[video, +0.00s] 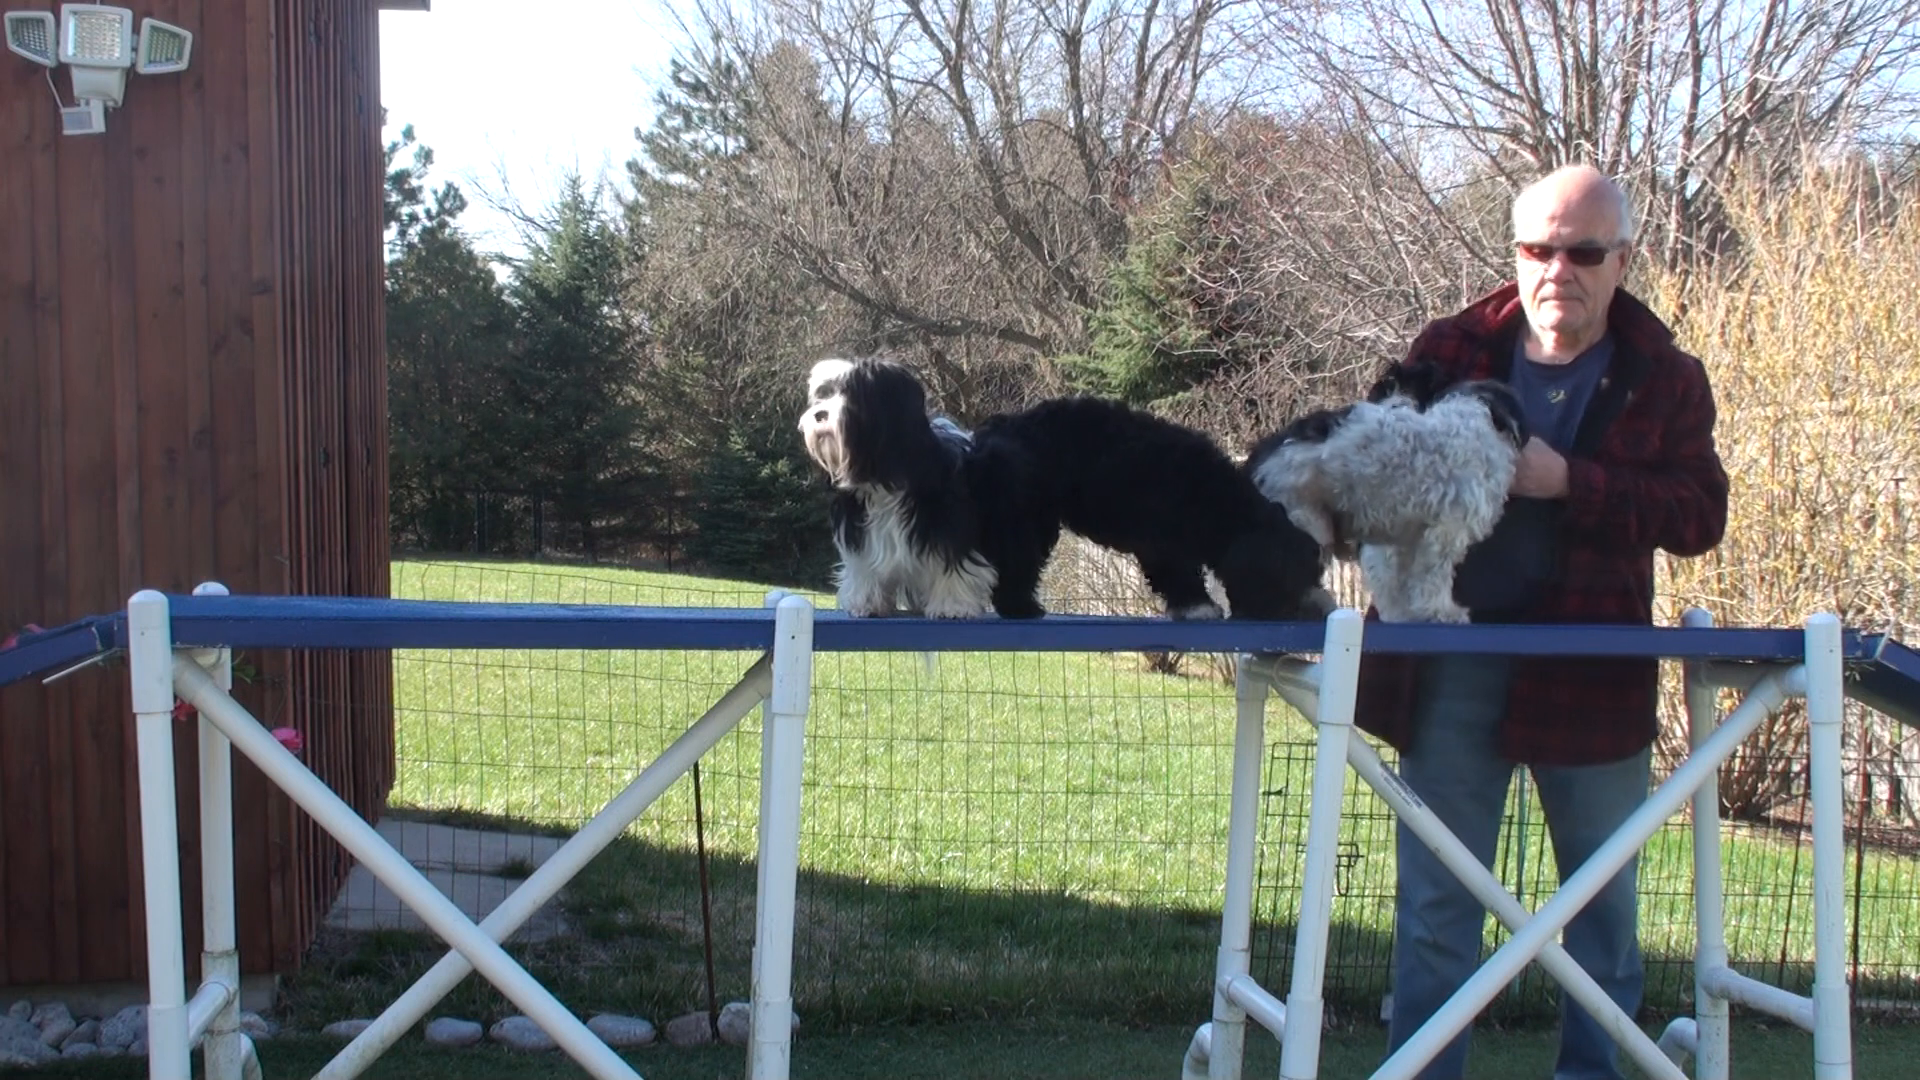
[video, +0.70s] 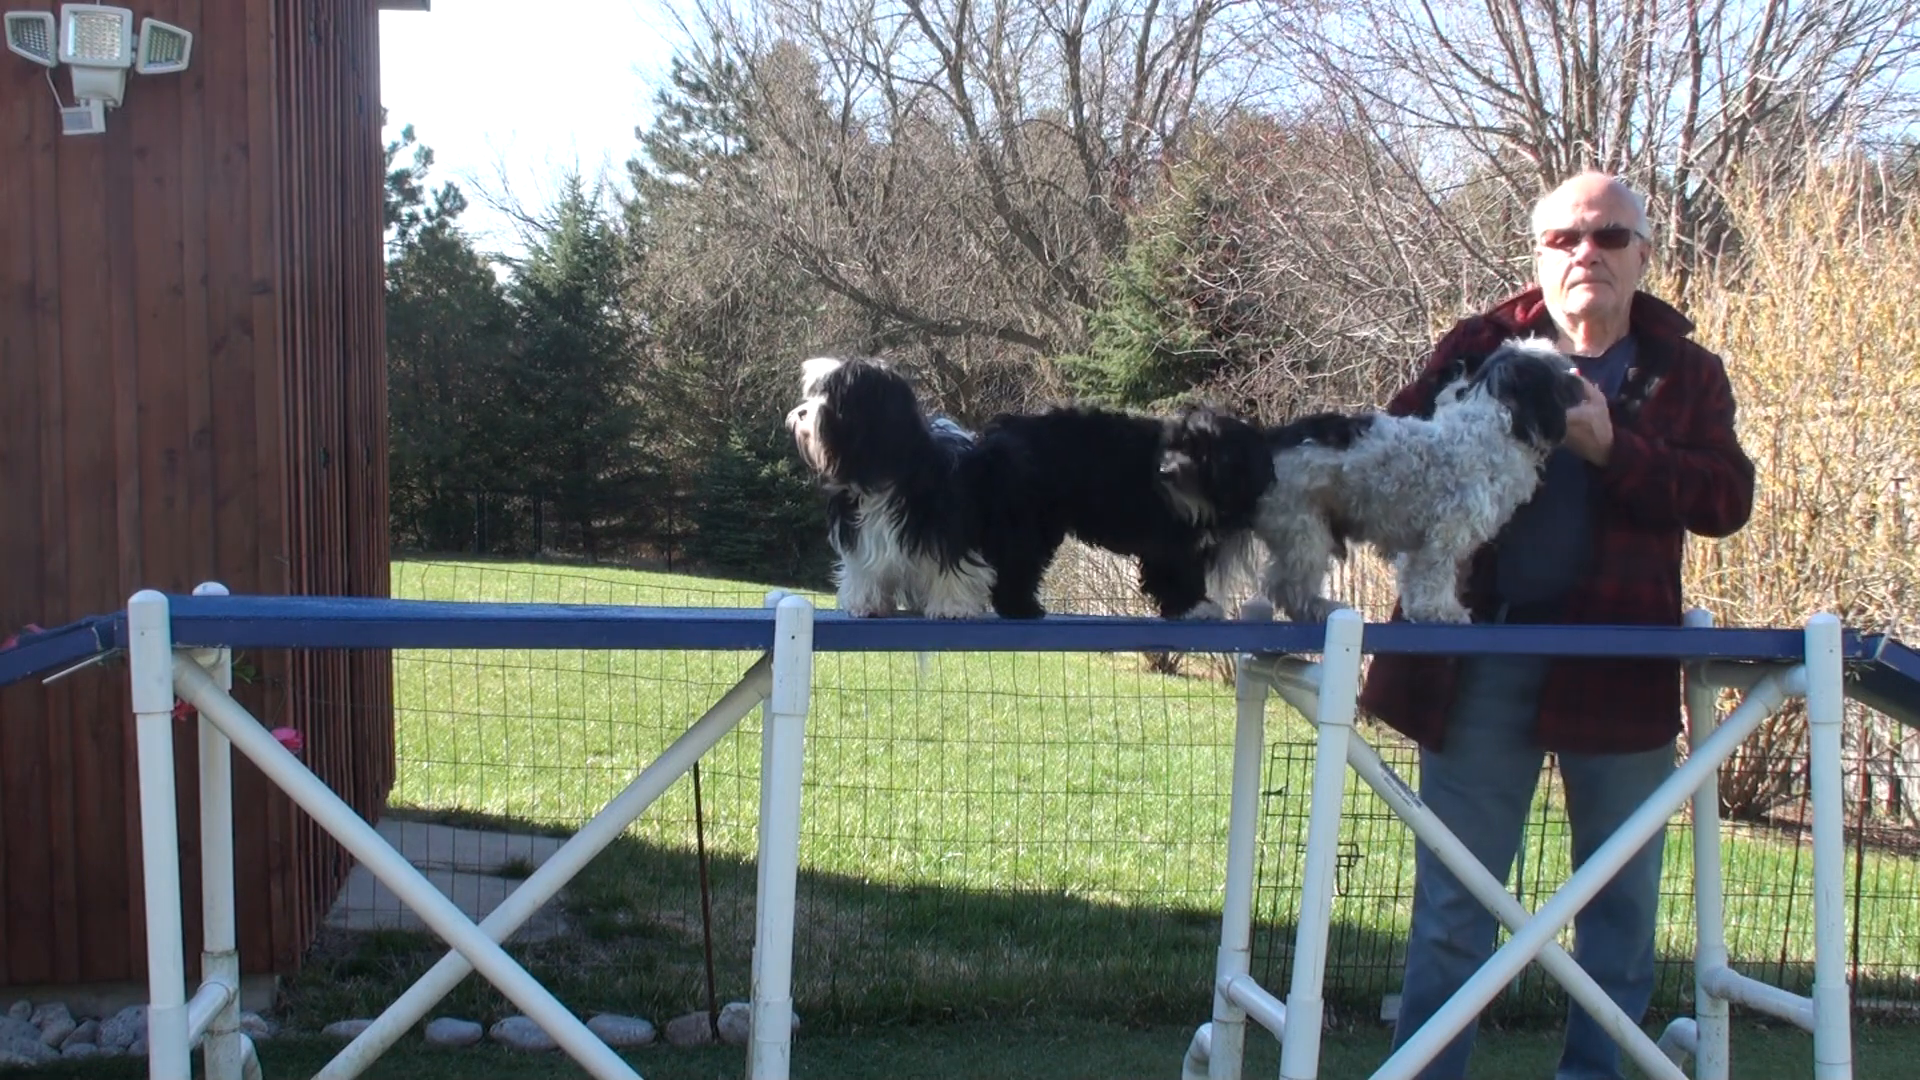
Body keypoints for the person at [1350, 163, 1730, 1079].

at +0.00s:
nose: (1557, 272)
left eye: (1583, 254)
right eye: (1539, 252)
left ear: (1622, 261)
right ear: (1514, 254)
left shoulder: (1664, 376)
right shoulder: (1450, 351)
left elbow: (1700, 513)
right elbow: (1361, 450)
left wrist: (1568, 478)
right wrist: (1339, 505)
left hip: (1593, 668)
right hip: (1456, 660)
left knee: (1603, 909)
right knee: (1435, 905)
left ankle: (1594, 1070)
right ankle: (1423, 1069)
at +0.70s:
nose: (1586, 252)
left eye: (1609, 236)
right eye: (1566, 237)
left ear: (1643, 253)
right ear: (1537, 254)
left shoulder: (1685, 368)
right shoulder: (1478, 346)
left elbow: (1729, 498)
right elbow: (1391, 445)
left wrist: (1612, 450)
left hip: (1622, 660)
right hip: (1482, 652)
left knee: (1620, 903)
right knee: (1453, 895)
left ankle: (1598, 1069)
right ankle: (1424, 1068)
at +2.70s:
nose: (1580, 256)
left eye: (1604, 237)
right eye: (1559, 240)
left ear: (1642, 248)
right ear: (1535, 255)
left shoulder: (1691, 353)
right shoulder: (1486, 351)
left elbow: (1745, 457)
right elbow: (1413, 459)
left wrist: (1620, 415)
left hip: (1633, 662)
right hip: (1498, 659)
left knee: (1644, 905)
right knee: (1494, 903)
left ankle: (1639, 1072)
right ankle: (1497, 1066)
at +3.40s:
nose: (1577, 264)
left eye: (1600, 245)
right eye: (1558, 247)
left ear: (1641, 251)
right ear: (1535, 257)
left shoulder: (1690, 360)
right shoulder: (1483, 353)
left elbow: (1715, 465)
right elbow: (1412, 459)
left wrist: (1603, 473)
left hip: (1637, 661)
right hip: (1498, 657)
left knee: (1644, 896)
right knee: (1494, 895)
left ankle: (1638, 1068)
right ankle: (1497, 1063)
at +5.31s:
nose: (1578, 246)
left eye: (1601, 227)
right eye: (1555, 232)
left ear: (1638, 244)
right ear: (1531, 254)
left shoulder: (1703, 371)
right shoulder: (1478, 362)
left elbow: (1754, 507)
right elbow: (1405, 476)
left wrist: (1640, 480)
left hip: (1642, 663)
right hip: (1502, 659)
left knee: (1645, 906)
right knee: (1493, 903)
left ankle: (1640, 1073)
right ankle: (1496, 1067)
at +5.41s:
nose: (1575, 246)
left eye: (1597, 228)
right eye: (1552, 233)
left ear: (1636, 243)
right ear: (1528, 255)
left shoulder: (1701, 371)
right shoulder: (1474, 364)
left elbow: (1751, 509)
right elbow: (1402, 480)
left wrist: (1640, 478)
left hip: (1641, 665)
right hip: (1501, 662)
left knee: (1645, 912)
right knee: (1493, 909)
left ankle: (1641, 1073)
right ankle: (1495, 1068)